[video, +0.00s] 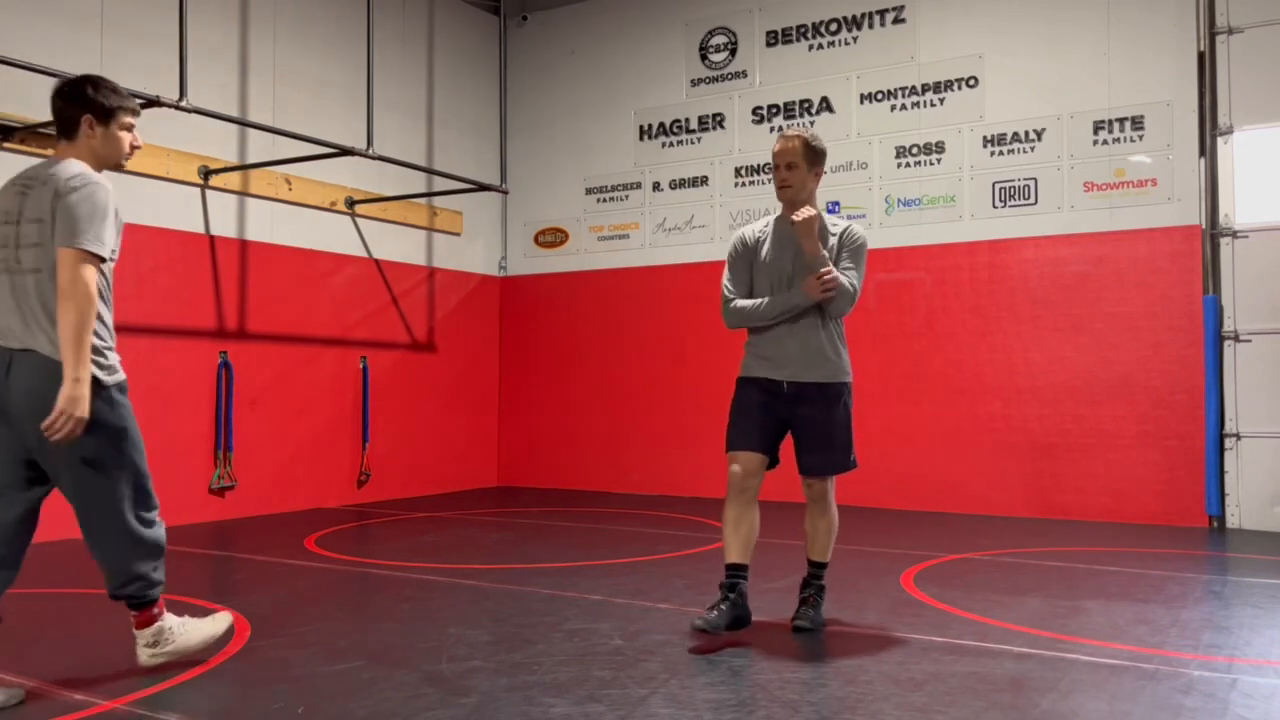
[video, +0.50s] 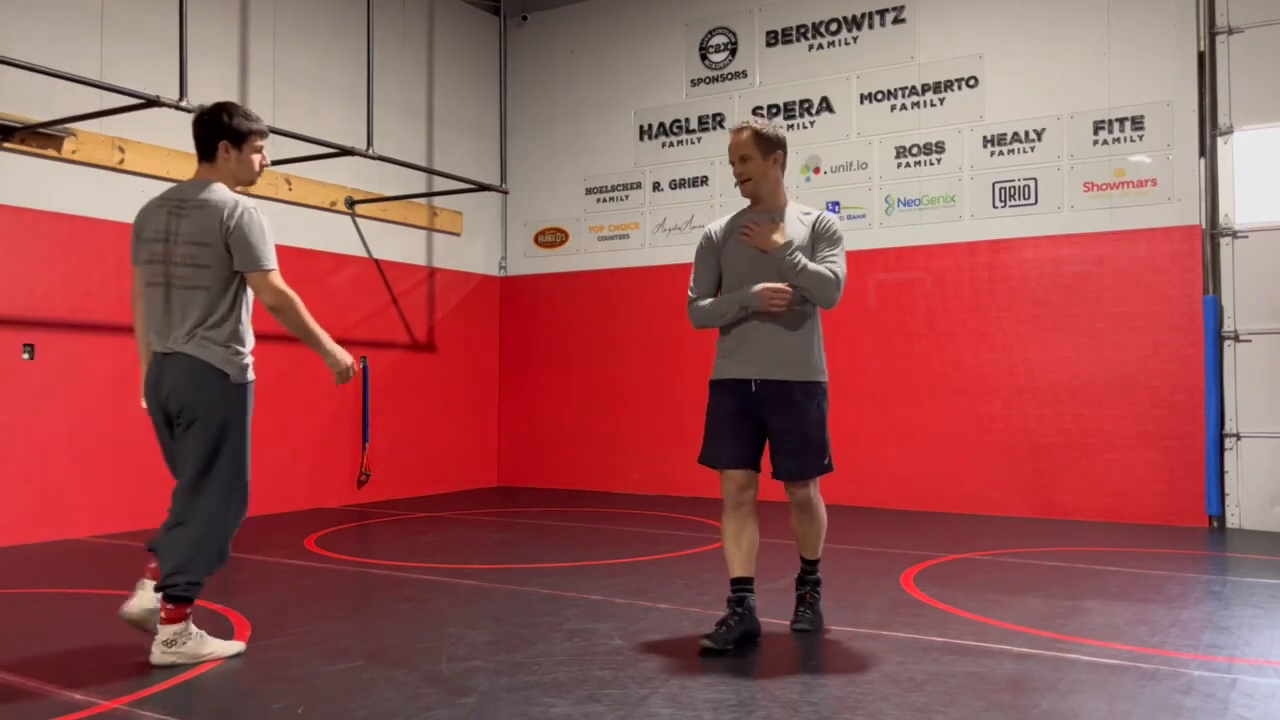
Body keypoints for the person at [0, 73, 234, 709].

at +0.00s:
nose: (135, 141)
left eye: (136, 130)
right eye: (128, 128)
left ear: (80, 128)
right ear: (89, 125)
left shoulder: (15, 185)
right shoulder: (85, 186)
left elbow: (15, 275)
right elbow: (76, 278)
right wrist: (76, 374)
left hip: (10, 369)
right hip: (66, 372)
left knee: (6, 520)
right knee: (122, 496)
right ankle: (153, 627)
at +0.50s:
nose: (264, 162)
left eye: (264, 152)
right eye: (257, 151)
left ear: (213, 151)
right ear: (225, 149)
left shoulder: (152, 211)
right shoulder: (236, 212)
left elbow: (142, 302)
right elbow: (274, 293)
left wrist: (151, 369)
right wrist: (330, 350)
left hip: (163, 373)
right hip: (214, 376)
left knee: (196, 485)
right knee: (219, 493)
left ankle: (154, 585)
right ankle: (174, 627)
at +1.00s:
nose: (359, 182)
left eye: (360, 173)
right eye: (351, 172)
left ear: (327, 177)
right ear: (321, 174)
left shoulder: (318, 228)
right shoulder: (309, 226)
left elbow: (315, 310)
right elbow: (308, 304)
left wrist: (329, 374)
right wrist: (302, 377)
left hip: (313, 377)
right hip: (312, 379)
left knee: (317, 491)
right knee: (333, 498)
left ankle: (320, 595)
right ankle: (233, 577)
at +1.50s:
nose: (427, 190)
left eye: (427, 182)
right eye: (418, 182)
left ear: (404, 188)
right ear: (388, 184)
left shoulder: (393, 241)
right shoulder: (369, 241)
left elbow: (405, 315)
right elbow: (357, 315)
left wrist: (439, 358)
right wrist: (367, 385)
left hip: (385, 381)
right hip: (385, 383)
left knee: (363, 486)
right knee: (420, 484)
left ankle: (324, 591)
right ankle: (450, 594)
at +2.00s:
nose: (496, 184)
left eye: (495, 175)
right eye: (488, 176)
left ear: (458, 182)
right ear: (456, 180)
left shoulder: (456, 228)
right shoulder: (443, 238)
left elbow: (457, 315)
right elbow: (458, 321)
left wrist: (480, 370)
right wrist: (506, 383)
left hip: (472, 376)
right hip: (453, 380)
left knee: (499, 471)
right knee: (464, 481)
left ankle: (445, 557)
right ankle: (458, 596)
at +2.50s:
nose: (525, 185)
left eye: (525, 176)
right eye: (518, 176)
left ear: (495, 178)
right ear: (488, 178)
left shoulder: (489, 229)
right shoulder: (461, 239)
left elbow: (491, 307)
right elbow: (452, 321)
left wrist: (511, 363)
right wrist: (462, 398)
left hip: (514, 375)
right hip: (482, 384)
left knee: (550, 460)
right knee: (485, 485)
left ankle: (551, 551)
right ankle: (461, 596)